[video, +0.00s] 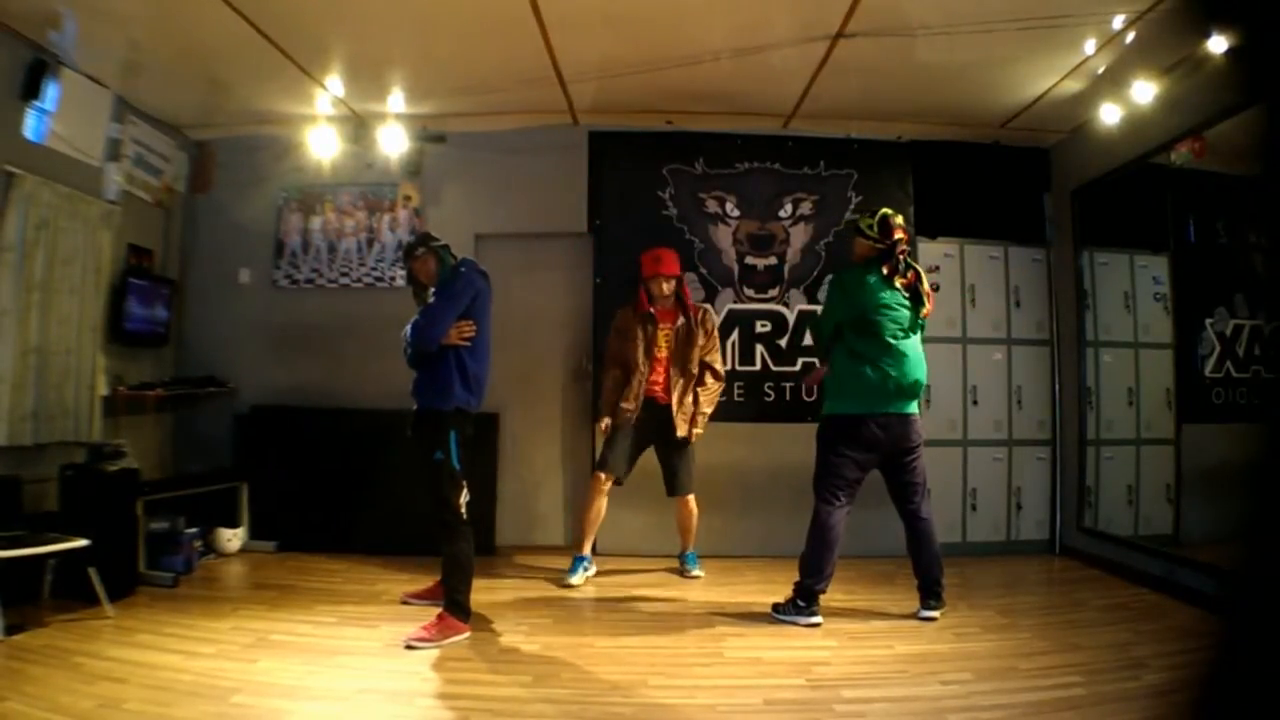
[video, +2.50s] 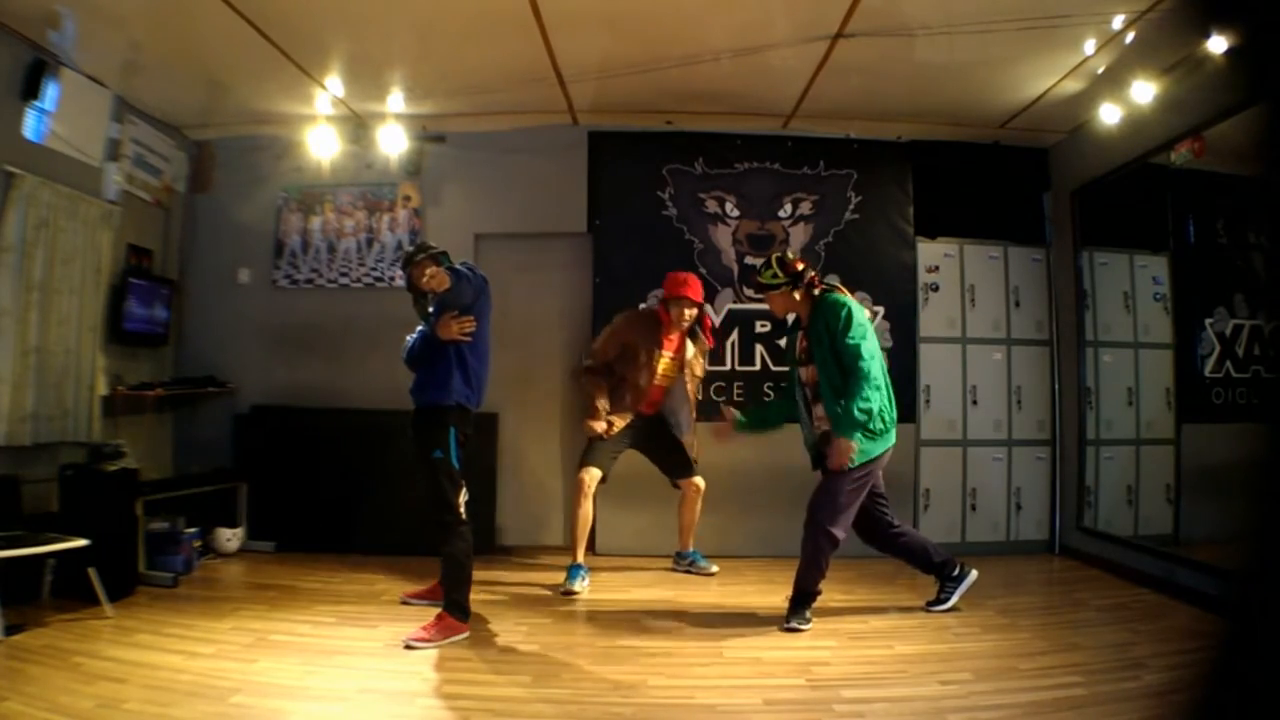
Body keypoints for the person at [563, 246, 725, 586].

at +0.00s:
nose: (663, 287)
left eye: (669, 280)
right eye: (657, 280)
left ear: (678, 282)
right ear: (646, 282)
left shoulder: (700, 318)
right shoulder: (628, 318)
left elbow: (713, 372)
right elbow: (614, 367)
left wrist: (698, 413)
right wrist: (606, 411)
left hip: (676, 415)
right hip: (634, 412)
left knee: (684, 494)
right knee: (601, 478)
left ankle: (688, 554)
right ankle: (583, 557)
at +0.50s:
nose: (635, 335)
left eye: (645, 333)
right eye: (634, 325)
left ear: (655, 338)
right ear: (625, 320)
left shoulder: (668, 366)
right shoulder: (590, 338)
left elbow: (677, 407)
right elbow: (562, 372)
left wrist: (651, 446)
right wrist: (573, 415)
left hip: (642, 429)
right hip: (598, 425)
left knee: (683, 492)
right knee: (581, 480)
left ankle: (684, 554)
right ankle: (578, 566)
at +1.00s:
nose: (641, 374)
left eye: (650, 370)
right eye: (638, 364)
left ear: (659, 375)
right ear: (628, 361)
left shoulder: (668, 393)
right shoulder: (599, 368)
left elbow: (659, 418)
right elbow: (560, 370)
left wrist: (646, 443)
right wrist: (566, 422)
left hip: (630, 439)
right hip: (589, 435)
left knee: (682, 491)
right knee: (572, 482)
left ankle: (683, 555)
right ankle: (577, 567)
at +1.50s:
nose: (678, 364)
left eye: (683, 357)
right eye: (671, 360)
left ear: (693, 355)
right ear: (661, 362)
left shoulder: (708, 375)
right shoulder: (641, 373)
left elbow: (706, 403)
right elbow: (609, 389)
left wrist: (688, 427)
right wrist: (611, 432)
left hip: (668, 439)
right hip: (630, 438)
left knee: (716, 488)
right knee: (602, 480)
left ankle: (687, 554)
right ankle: (579, 567)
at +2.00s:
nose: (714, 354)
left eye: (720, 349)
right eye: (708, 348)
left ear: (728, 350)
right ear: (695, 345)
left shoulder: (727, 376)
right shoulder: (667, 361)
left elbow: (717, 409)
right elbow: (626, 387)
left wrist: (702, 428)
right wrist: (626, 421)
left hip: (677, 440)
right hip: (640, 436)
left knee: (720, 487)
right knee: (607, 483)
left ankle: (687, 554)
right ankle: (580, 566)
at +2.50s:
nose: (686, 313)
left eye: (692, 307)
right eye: (680, 305)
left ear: (699, 310)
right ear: (665, 304)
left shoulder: (694, 345)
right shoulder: (633, 324)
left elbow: (691, 396)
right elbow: (594, 365)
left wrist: (690, 440)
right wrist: (599, 412)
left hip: (654, 422)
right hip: (618, 418)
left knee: (694, 485)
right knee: (586, 479)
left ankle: (685, 554)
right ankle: (577, 566)